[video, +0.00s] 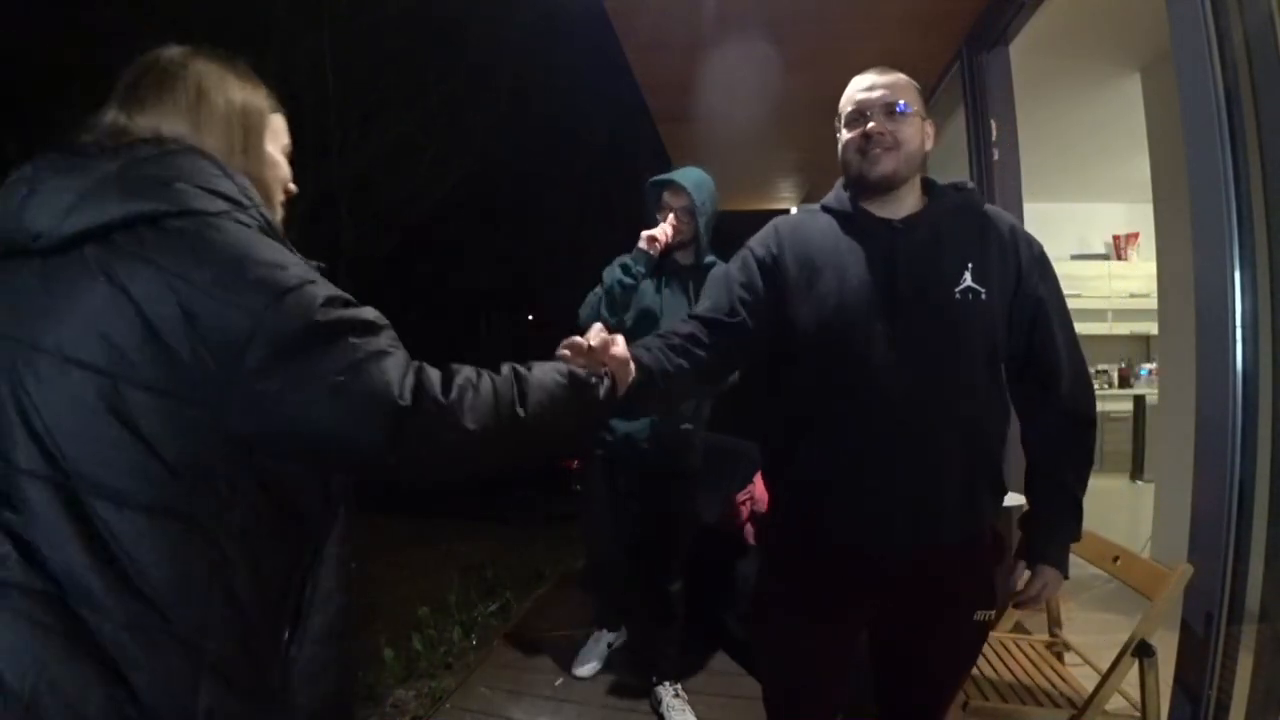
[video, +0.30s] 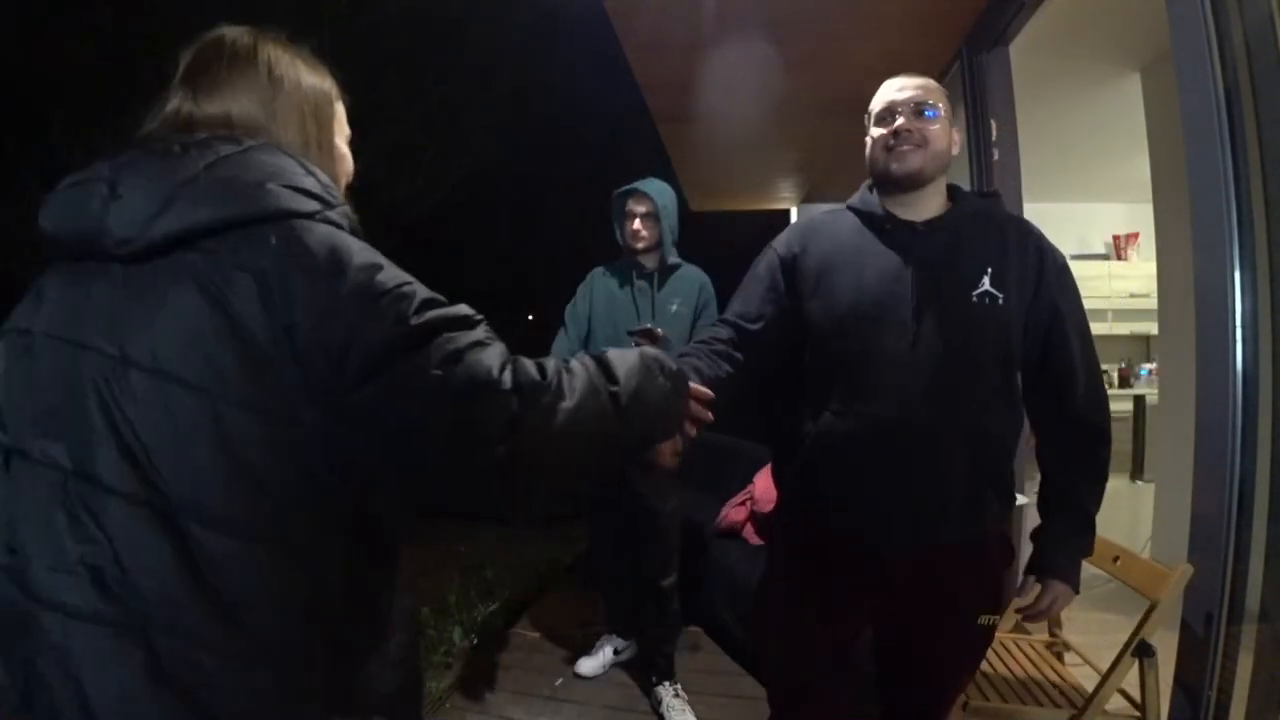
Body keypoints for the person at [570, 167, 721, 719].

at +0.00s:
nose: (670, 220)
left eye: (682, 212)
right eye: (665, 209)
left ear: (705, 217)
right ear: (656, 212)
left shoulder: (721, 279)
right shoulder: (630, 270)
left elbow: (732, 361)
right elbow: (591, 328)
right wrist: (637, 262)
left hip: (686, 440)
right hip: (621, 435)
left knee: (678, 554)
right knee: (609, 540)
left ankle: (666, 673)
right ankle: (610, 624)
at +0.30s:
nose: (638, 227)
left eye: (648, 217)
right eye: (630, 218)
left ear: (668, 222)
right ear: (620, 224)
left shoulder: (695, 284)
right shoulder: (597, 285)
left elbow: (708, 361)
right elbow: (562, 357)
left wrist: (678, 427)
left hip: (667, 439)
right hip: (603, 431)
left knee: (664, 554)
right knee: (608, 540)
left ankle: (663, 673)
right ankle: (618, 632)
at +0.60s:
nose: (604, 230)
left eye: (613, 220)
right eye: (596, 221)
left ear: (635, 225)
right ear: (585, 230)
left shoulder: (659, 288)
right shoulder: (582, 292)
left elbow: (687, 351)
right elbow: (566, 369)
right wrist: (569, 434)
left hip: (650, 444)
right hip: (599, 444)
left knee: (654, 562)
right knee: (607, 547)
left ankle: (656, 667)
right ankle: (621, 632)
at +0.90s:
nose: (588, 234)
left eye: (596, 224)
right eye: (580, 226)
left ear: (617, 227)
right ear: (572, 235)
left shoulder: (647, 275)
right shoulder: (580, 287)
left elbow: (663, 354)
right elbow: (579, 353)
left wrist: (660, 434)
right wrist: (578, 414)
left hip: (643, 432)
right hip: (596, 429)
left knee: (638, 545)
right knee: (605, 537)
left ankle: (639, 653)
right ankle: (616, 633)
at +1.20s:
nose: (585, 237)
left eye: (593, 227)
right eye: (577, 230)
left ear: (613, 229)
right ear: (568, 239)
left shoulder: (643, 276)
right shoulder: (575, 294)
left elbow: (651, 341)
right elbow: (565, 363)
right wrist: (564, 434)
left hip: (647, 432)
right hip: (599, 434)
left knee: (651, 549)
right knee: (608, 541)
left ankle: (661, 652)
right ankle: (621, 633)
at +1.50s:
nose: (590, 236)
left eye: (598, 227)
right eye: (582, 230)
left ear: (617, 228)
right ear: (573, 238)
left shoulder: (651, 271)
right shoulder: (576, 298)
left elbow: (687, 340)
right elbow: (562, 377)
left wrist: (633, 340)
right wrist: (558, 436)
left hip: (659, 426)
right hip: (601, 434)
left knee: (667, 543)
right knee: (612, 536)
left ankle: (676, 648)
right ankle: (622, 634)